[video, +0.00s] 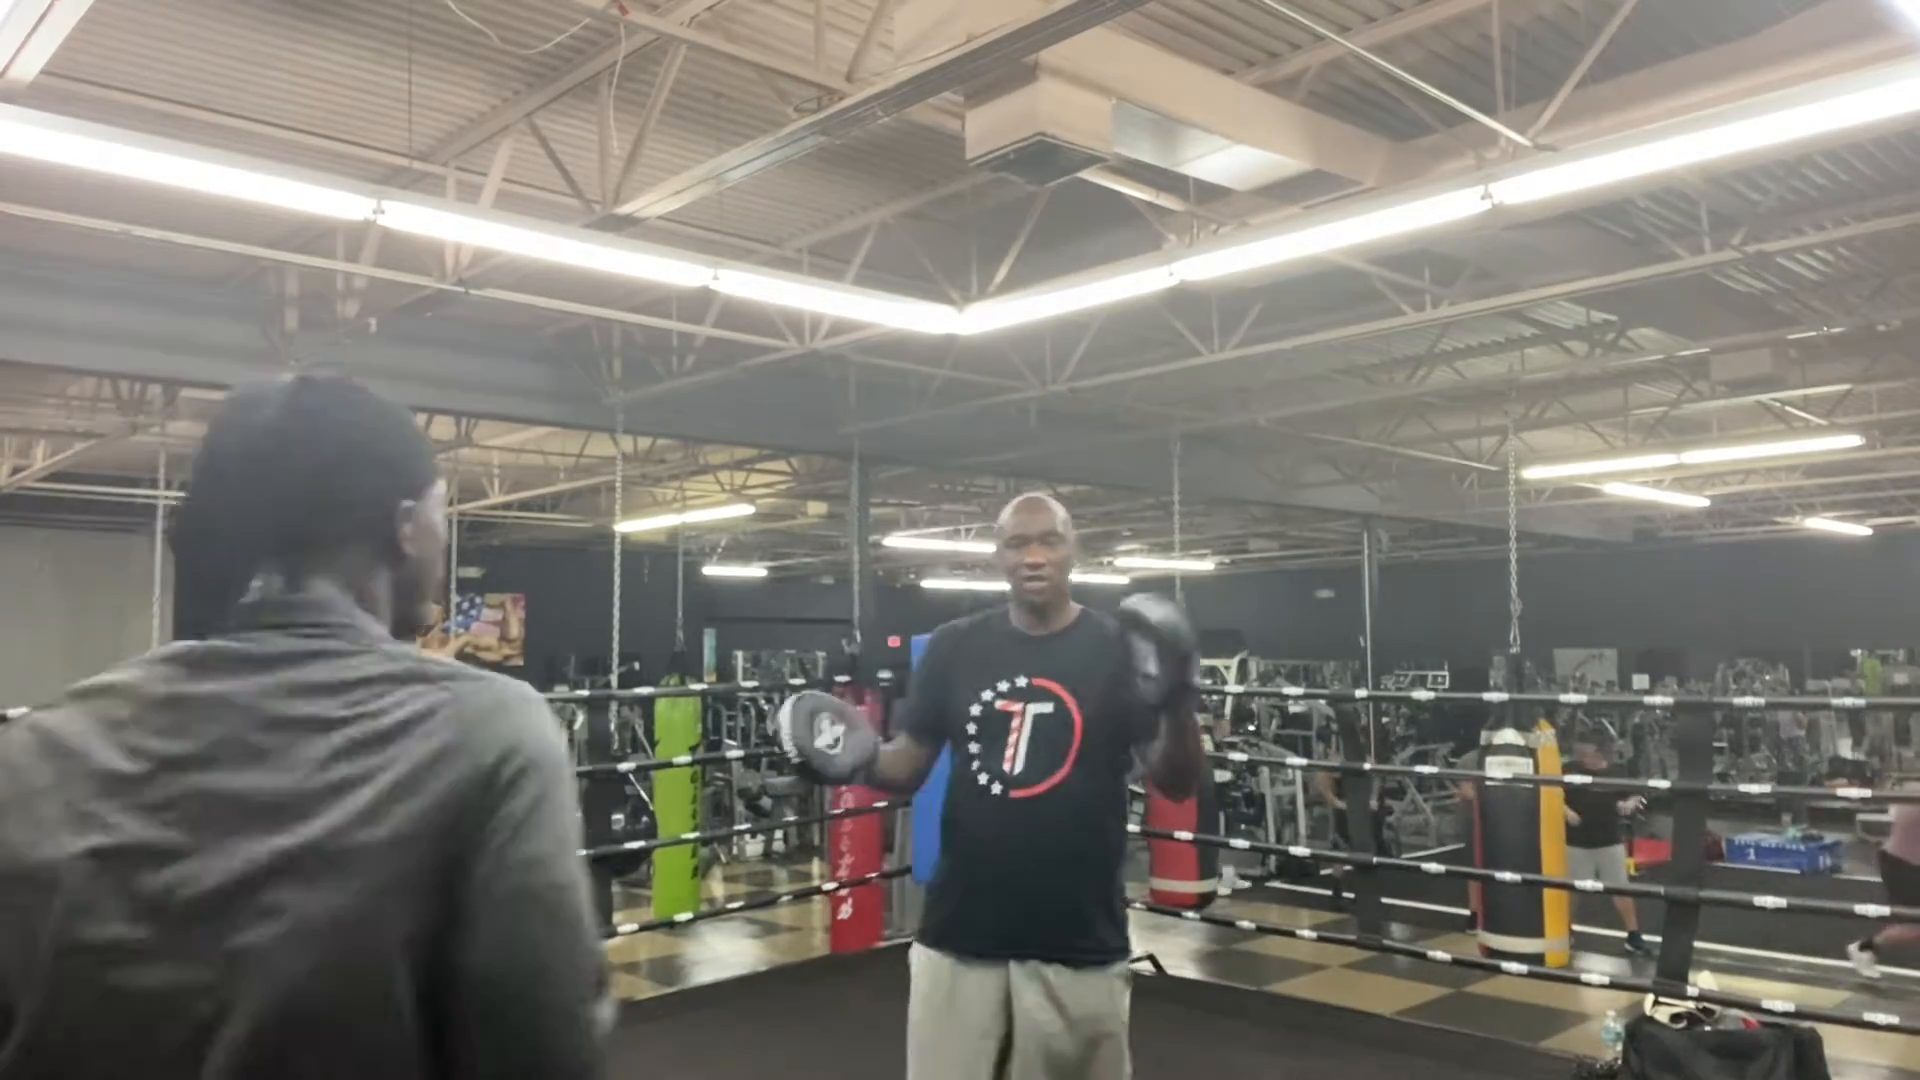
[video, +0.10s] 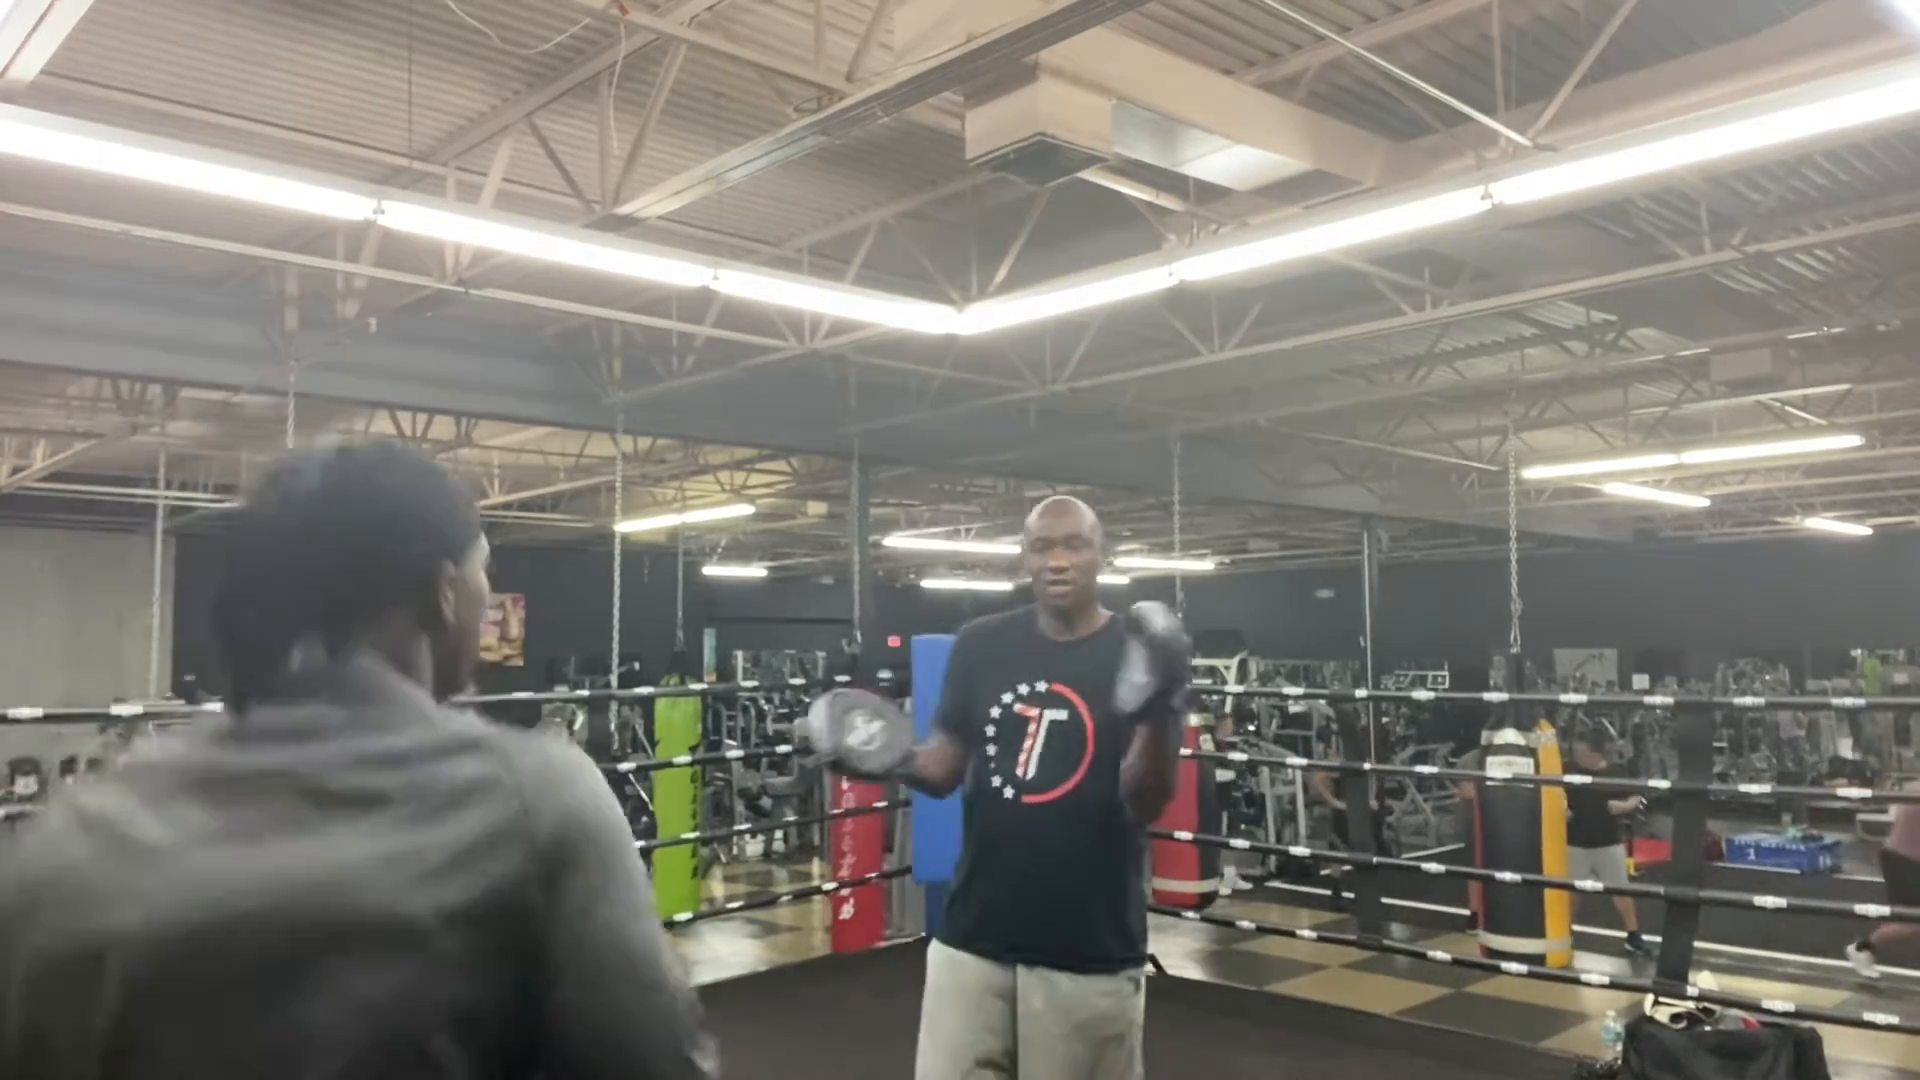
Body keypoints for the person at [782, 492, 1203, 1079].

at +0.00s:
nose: (1033, 556)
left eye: (1049, 541)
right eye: (1017, 544)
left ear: (1074, 553)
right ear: (997, 558)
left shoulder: (1122, 650)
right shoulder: (954, 647)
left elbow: (1177, 784)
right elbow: (908, 764)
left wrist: (1178, 692)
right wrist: (856, 750)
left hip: (1079, 939)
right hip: (961, 934)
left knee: (1081, 1072)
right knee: (942, 1072)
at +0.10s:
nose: (1057, 561)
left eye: (1074, 546)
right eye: (1042, 547)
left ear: (1102, 556)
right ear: (1024, 560)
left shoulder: (1140, 652)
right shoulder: (980, 644)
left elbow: (1146, 804)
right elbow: (944, 768)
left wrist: (1158, 699)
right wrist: (894, 751)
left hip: (1090, 945)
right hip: (976, 936)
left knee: (1083, 1073)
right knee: (947, 1072)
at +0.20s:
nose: (1072, 565)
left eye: (1089, 550)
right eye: (1058, 551)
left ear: (1120, 559)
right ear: (1041, 562)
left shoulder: (1156, 662)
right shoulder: (1000, 637)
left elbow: (1143, 797)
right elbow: (957, 765)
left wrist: (1059, 753)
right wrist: (997, 738)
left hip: (1100, 952)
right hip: (989, 937)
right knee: (960, 1071)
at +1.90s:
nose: (1054, 580)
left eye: (1070, 566)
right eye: (1054, 565)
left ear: (1121, 576)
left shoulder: (1186, 671)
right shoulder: (1038, 648)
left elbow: (1219, 807)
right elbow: (1003, 772)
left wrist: (1151, 771)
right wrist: (1009, 745)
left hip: (1137, 947)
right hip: (1041, 931)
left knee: (1135, 1073)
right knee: (1035, 1073)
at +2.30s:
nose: (1063, 580)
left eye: (1083, 564)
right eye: (1060, 563)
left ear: (1132, 574)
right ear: (1054, 567)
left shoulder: (1187, 675)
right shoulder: (1033, 642)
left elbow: (1210, 818)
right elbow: (991, 771)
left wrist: (1151, 766)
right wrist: (1008, 742)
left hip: (1129, 962)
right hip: (1023, 942)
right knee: (1002, 1073)